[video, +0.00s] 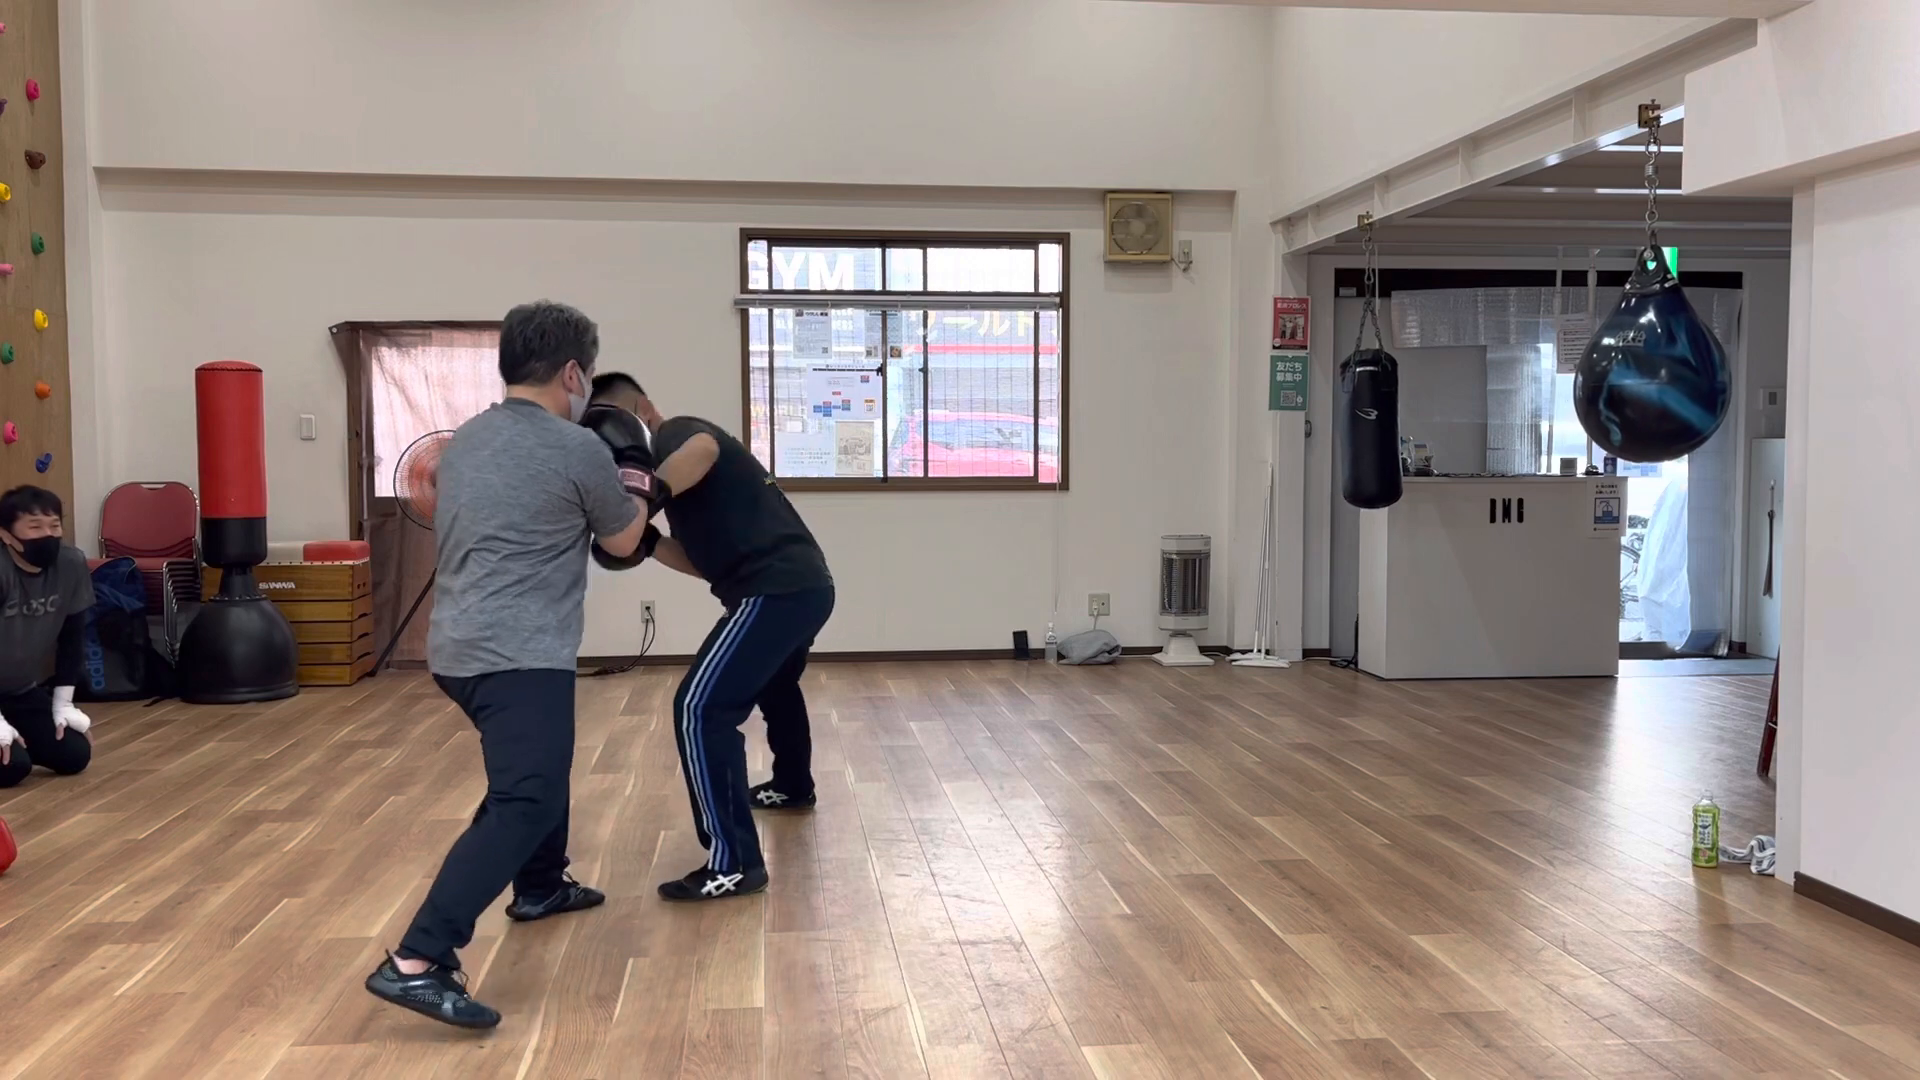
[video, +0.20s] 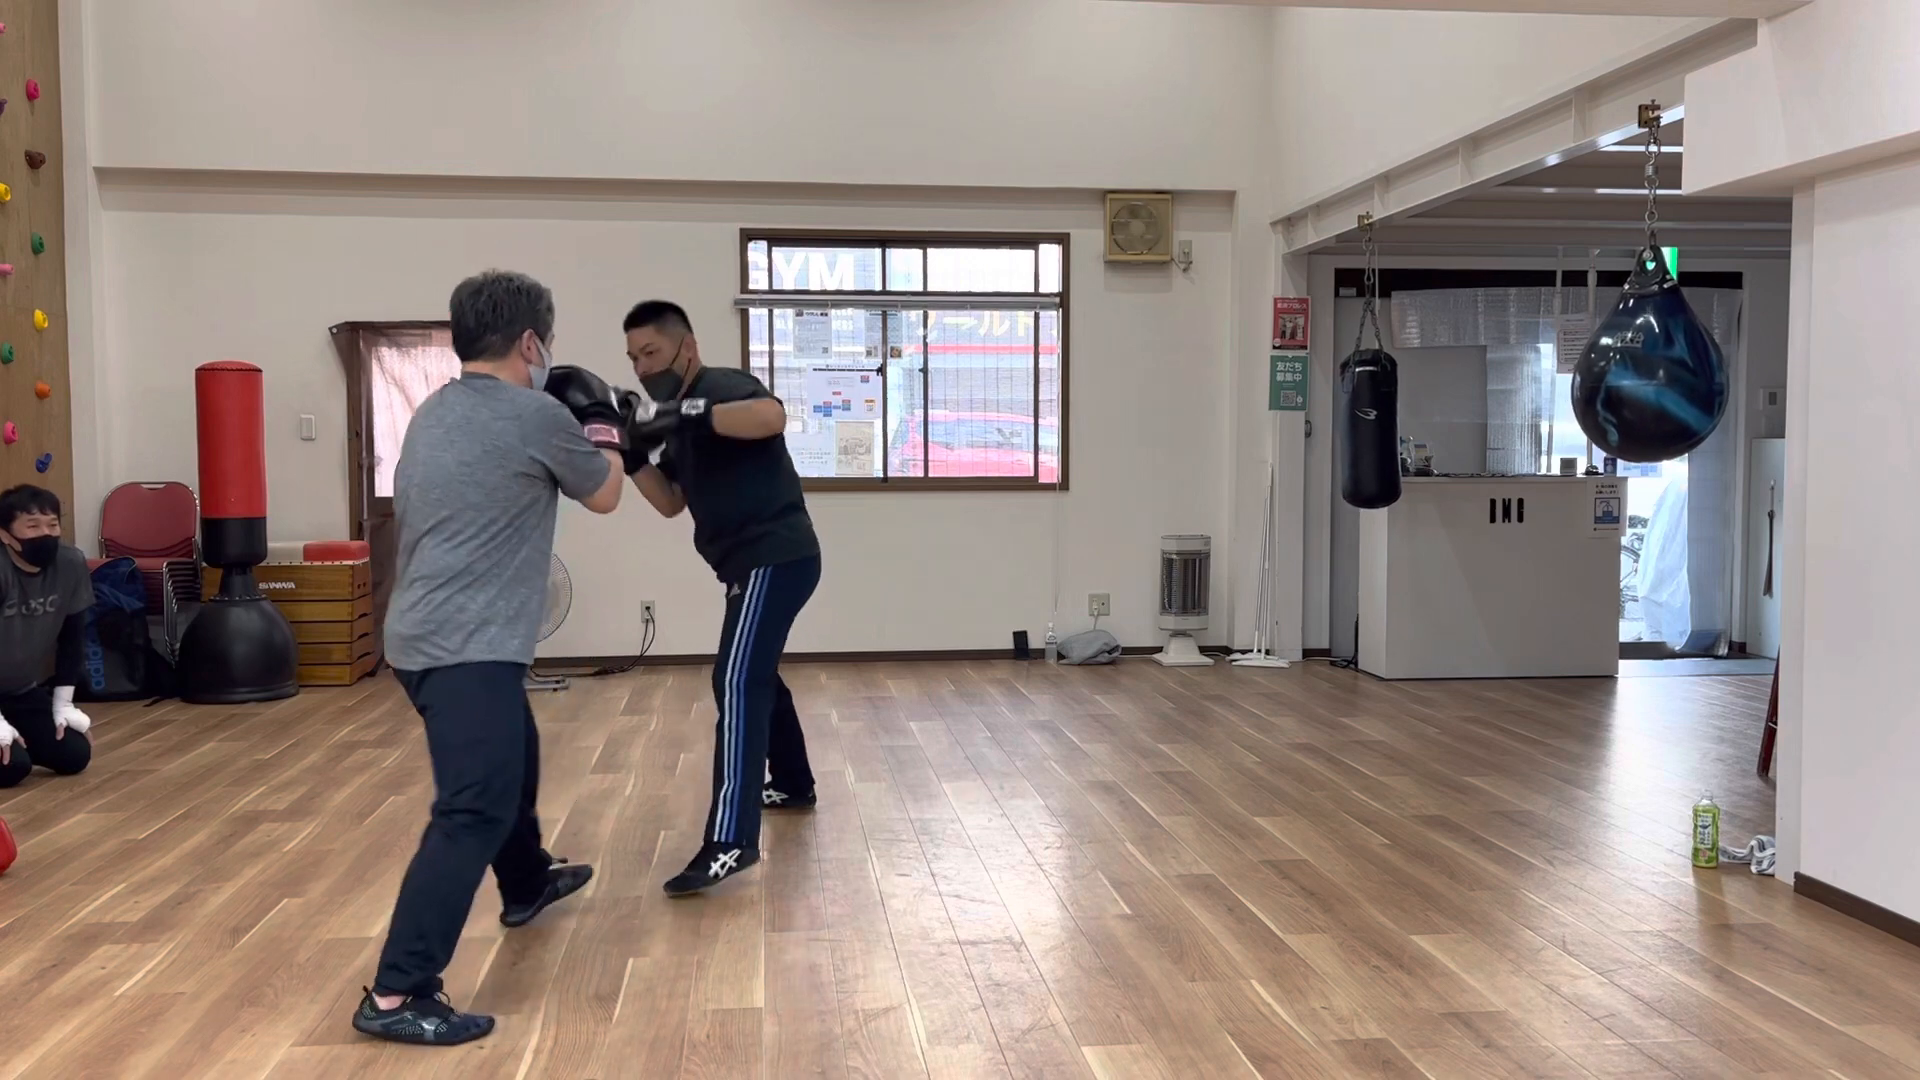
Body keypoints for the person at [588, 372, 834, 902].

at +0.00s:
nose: (609, 434)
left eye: (612, 420)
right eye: (601, 426)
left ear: (644, 410)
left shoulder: (676, 432)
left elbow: (703, 447)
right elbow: (708, 564)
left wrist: (653, 483)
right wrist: (641, 537)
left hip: (774, 590)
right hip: (799, 587)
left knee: (698, 710)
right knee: (778, 689)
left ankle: (733, 865)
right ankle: (794, 784)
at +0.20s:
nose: (644, 366)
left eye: (652, 353)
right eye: (636, 359)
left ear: (687, 346)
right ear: (633, 364)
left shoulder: (722, 384)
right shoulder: (670, 418)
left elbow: (773, 418)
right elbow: (669, 503)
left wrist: (694, 411)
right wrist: (630, 448)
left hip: (777, 555)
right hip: (745, 562)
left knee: (736, 680)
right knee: (756, 673)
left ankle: (731, 842)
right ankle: (792, 783)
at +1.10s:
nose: (618, 345)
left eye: (629, 331)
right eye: (610, 334)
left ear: (666, 327)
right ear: (608, 334)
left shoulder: (691, 379)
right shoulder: (639, 396)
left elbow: (679, 425)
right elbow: (597, 460)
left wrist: (595, 400)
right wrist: (580, 389)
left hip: (704, 564)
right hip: (676, 566)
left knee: (648, 692)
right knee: (687, 674)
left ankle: (656, 854)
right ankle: (760, 767)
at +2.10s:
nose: (599, 334)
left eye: (608, 320)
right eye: (595, 323)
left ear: (651, 316)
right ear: (633, 324)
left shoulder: (670, 369)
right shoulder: (645, 377)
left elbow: (644, 429)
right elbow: (604, 451)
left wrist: (563, 390)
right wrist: (581, 382)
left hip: (686, 567)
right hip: (705, 562)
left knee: (633, 699)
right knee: (709, 686)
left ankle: (652, 862)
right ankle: (750, 803)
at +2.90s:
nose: (613, 320)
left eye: (624, 306)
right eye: (603, 310)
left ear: (658, 303)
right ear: (594, 314)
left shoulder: (687, 356)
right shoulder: (610, 394)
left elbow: (699, 393)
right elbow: (582, 473)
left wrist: (620, 333)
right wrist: (555, 398)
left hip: (687, 574)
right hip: (641, 578)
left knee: (641, 719)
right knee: (671, 706)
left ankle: (654, 895)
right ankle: (750, 813)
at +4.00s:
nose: (605, 345)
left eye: (617, 331)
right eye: (594, 334)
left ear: (650, 324)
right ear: (584, 334)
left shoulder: (693, 383)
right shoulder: (593, 391)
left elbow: (712, 476)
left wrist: (668, 398)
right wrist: (553, 397)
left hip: (696, 573)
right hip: (631, 577)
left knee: (680, 717)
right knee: (620, 707)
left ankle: (696, 880)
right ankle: (670, 812)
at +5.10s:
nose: (618, 313)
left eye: (631, 299)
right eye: (607, 302)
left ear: (666, 298)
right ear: (598, 306)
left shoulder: (709, 363)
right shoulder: (606, 378)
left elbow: (742, 461)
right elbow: (569, 467)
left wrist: (695, 381)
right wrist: (559, 381)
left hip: (705, 565)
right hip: (644, 569)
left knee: (682, 713)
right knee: (659, 704)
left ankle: (671, 882)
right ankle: (714, 825)